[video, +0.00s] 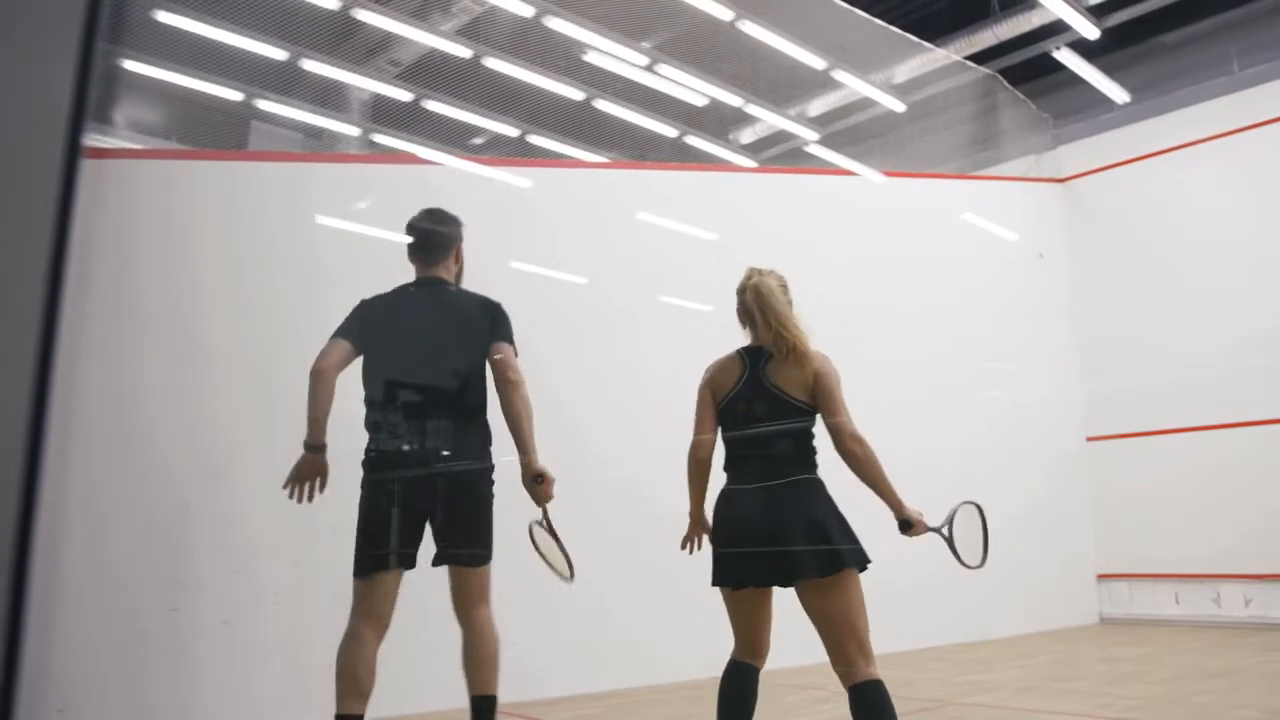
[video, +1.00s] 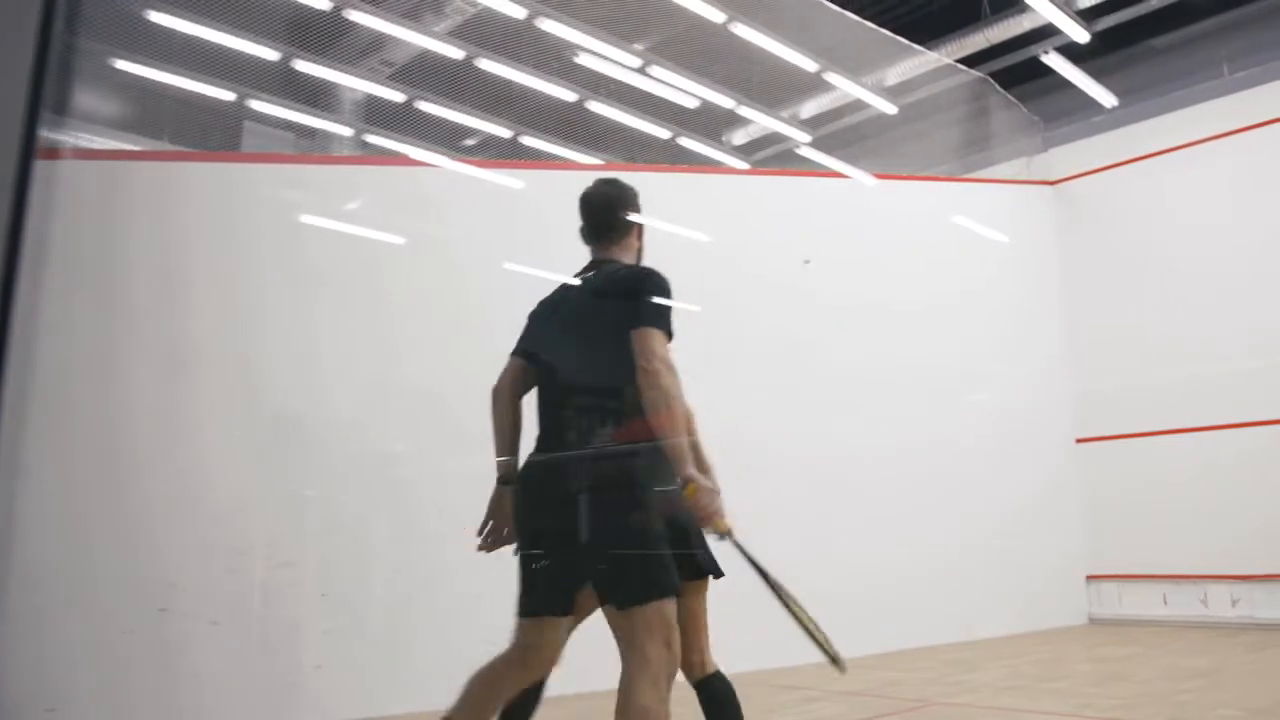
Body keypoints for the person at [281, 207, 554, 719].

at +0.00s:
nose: (463, 260)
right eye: (462, 252)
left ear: (410, 256)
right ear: (457, 255)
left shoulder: (375, 309)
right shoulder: (484, 310)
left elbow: (324, 368)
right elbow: (507, 372)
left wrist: (314, 447)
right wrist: (530, 461)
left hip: (390, 477)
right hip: (465, 479)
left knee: (368, 620)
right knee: (475, 610)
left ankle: (347, 719)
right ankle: (484, 716)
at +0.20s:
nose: (487, 248)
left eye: (482, 240)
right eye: (486, 240)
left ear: (431, 246)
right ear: (478, 245)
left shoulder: (391, 302)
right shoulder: (498, 301)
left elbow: (337, 368)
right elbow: (508, 366)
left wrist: (340, 447)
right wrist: (524, 460)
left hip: (400, 477)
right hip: (473, 478)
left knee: (380, 623)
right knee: (510, 615)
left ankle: (348, 718)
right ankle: (525, 715)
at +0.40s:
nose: (511, 259)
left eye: (508, 251)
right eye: (510, 251)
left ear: (454, 259)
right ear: (502, 257)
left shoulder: (410, 322)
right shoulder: (511, 318)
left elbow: (358, 395)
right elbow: (516, 387)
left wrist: (374, 472)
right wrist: (535, 481)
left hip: (412, 501)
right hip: (484, 498)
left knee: (383, 649)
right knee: (551, 639)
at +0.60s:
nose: (546, 267)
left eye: (543, 258)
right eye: (545, 259)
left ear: (491, 264)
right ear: (539, 261)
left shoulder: (449, 331)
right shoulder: (544, 323)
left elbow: (398, 412)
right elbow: (547, 397)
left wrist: (421, 493)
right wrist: (564, 487)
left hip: (442, 515)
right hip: (512, 513)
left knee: (413, 659)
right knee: (575, 656)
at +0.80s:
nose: (595, 252)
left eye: (589, 245)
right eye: (593, 245)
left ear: (537, 252)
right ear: (589, 248)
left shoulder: (503, 321)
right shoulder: (595, 305)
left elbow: (456, 411)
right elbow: (599, 384)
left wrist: (465, 497)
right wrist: (620, 485)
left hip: (497, 501)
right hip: (568, 498)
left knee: (448, 653)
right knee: (617, 653)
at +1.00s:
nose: (643, 236)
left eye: (634, 228)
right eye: (642, 228)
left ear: (586, 233)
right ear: (636, 230)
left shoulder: (553, 306)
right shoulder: (645, 285)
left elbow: (506, 391)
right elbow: (652, 368)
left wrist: (505, 479)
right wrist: (690, 473)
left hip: (547, 488)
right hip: (622, 486)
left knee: (530, 655)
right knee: (652, 655)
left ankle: (456, 716)